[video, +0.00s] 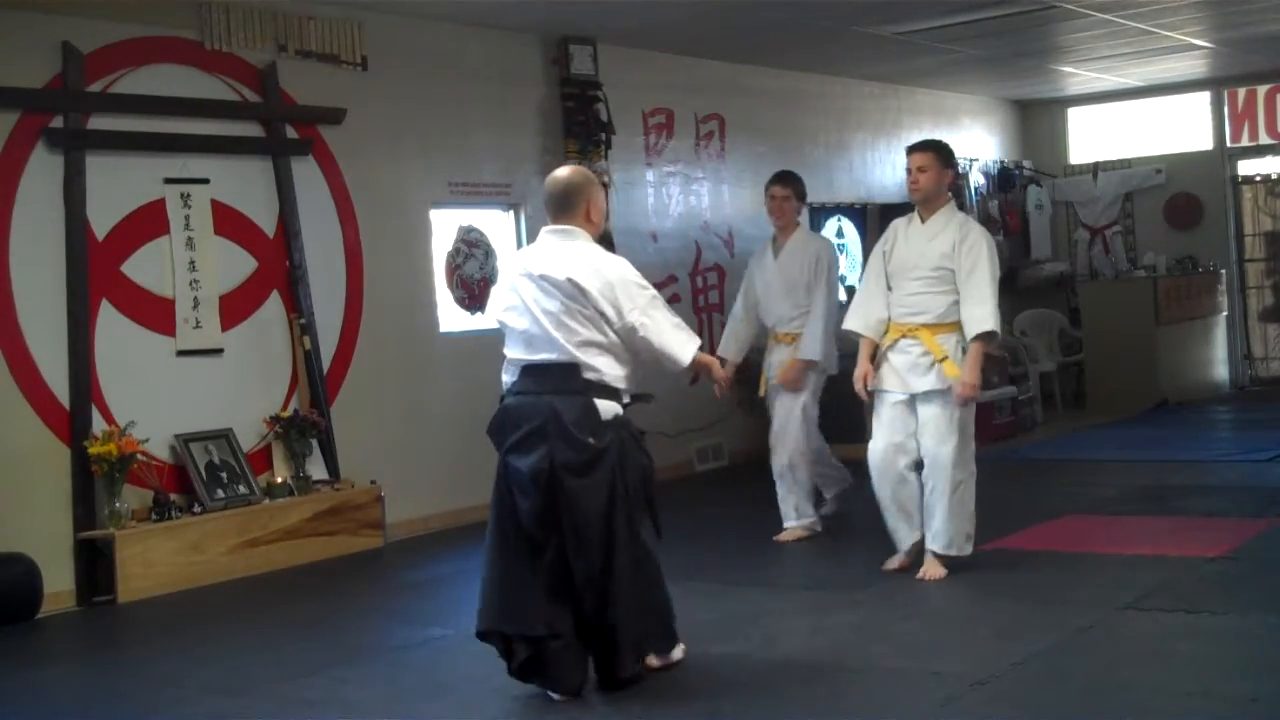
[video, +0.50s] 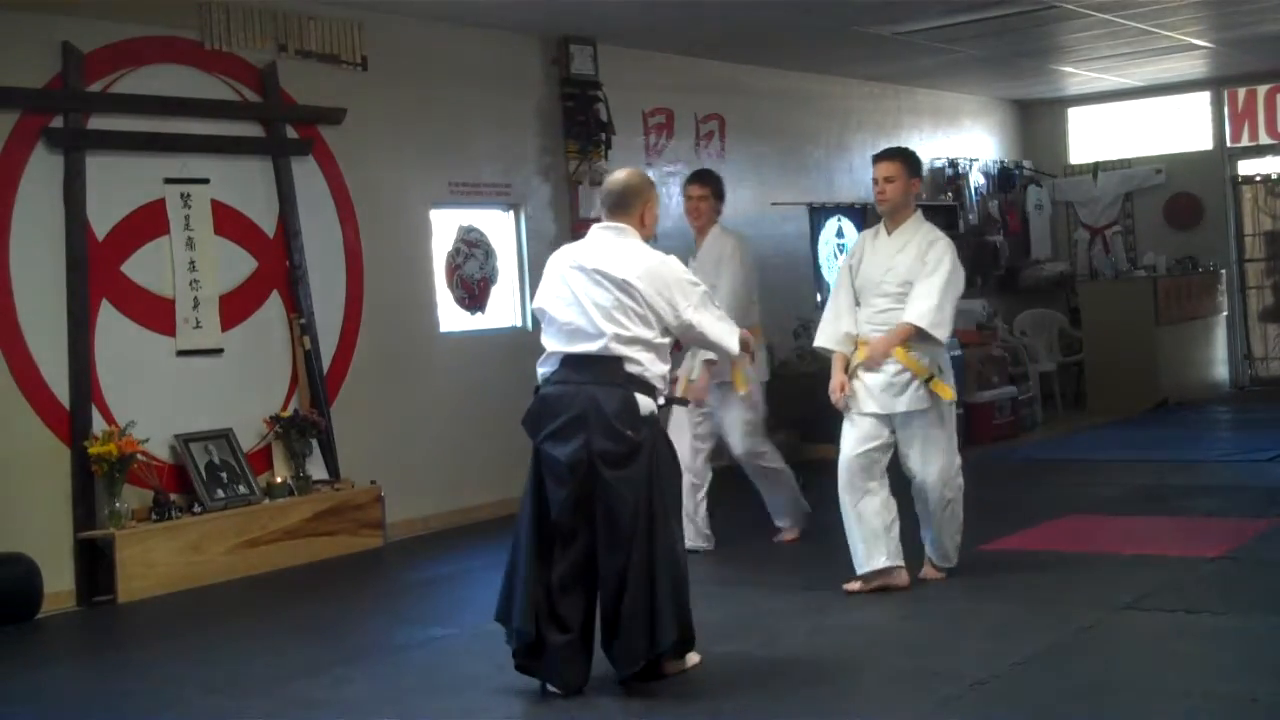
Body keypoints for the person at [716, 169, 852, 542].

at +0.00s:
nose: (776, 206)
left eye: (785, 199)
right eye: (771, 199)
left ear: (800, 205)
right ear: (765, 204)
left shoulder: (819, 249)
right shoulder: (762, 257)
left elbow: (823, 309)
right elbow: (745, 312)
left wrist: (804, 359)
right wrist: (729, 361)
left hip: (807, 347)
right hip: (776, 348)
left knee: (788, 436)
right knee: (792, 430)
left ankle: (801, 519)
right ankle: (836, 482)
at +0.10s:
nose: (766, 203)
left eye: (775, 196)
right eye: (761, 196)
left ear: (790, 201)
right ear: (754, 200)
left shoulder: (806, 246)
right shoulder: (751, 251)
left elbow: (810, 308)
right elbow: (738, 309)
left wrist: (793, 358)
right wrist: (726, 359)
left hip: (792, 348)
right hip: (759, 348)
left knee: (783, 439)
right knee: (757, 433)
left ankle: (800, 520)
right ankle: (812, 473)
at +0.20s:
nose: (753, 197)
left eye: (761, 190)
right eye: (747, 190)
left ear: (776, 195)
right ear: (740, 195)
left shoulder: (790, 238)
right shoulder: (739, 245)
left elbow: (794, 299)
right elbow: (729, 304)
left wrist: (779, 354)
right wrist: (720, 351)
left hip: (781, 346)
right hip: (744, 347)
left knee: (783, 439)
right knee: (734, 432)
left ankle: (801, 519)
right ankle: (771, 504)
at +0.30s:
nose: (736, 195)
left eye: (744, 188)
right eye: (730, 188)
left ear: (759, 193)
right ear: (723, 193)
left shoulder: (771, 237)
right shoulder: (726, 243)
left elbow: (775, 298)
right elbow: (723, 303)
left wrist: (763, 354)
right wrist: (715, 353)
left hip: (768, 343)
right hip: (731, 345)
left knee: (784, 437)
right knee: (714, 434)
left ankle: (801, 519)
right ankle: (726, 521)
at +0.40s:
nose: (715, 201)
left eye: (724, 194)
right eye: (710, 194)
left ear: (739, 198)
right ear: (704, 199)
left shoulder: (751, 244)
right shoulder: (712, 247)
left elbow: (751, 308)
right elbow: (709, 304)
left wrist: (733, 367)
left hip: (756, 359)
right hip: (717, 358)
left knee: (776, 442)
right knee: (698, 443)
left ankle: (798, 518)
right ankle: (693, 529)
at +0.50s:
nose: (694, 207)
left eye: (702, 199)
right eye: (689, 200)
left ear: (718, 204)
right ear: (683, 205)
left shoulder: (731, 246)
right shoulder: (700, 252)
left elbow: (729, 312)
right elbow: (702, 312)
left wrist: (702, 369)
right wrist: (683, 364)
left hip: (736, 360)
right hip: (700, 360)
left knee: (745, 443)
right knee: (687, 450)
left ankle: (792, 514)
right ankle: (695, 534)